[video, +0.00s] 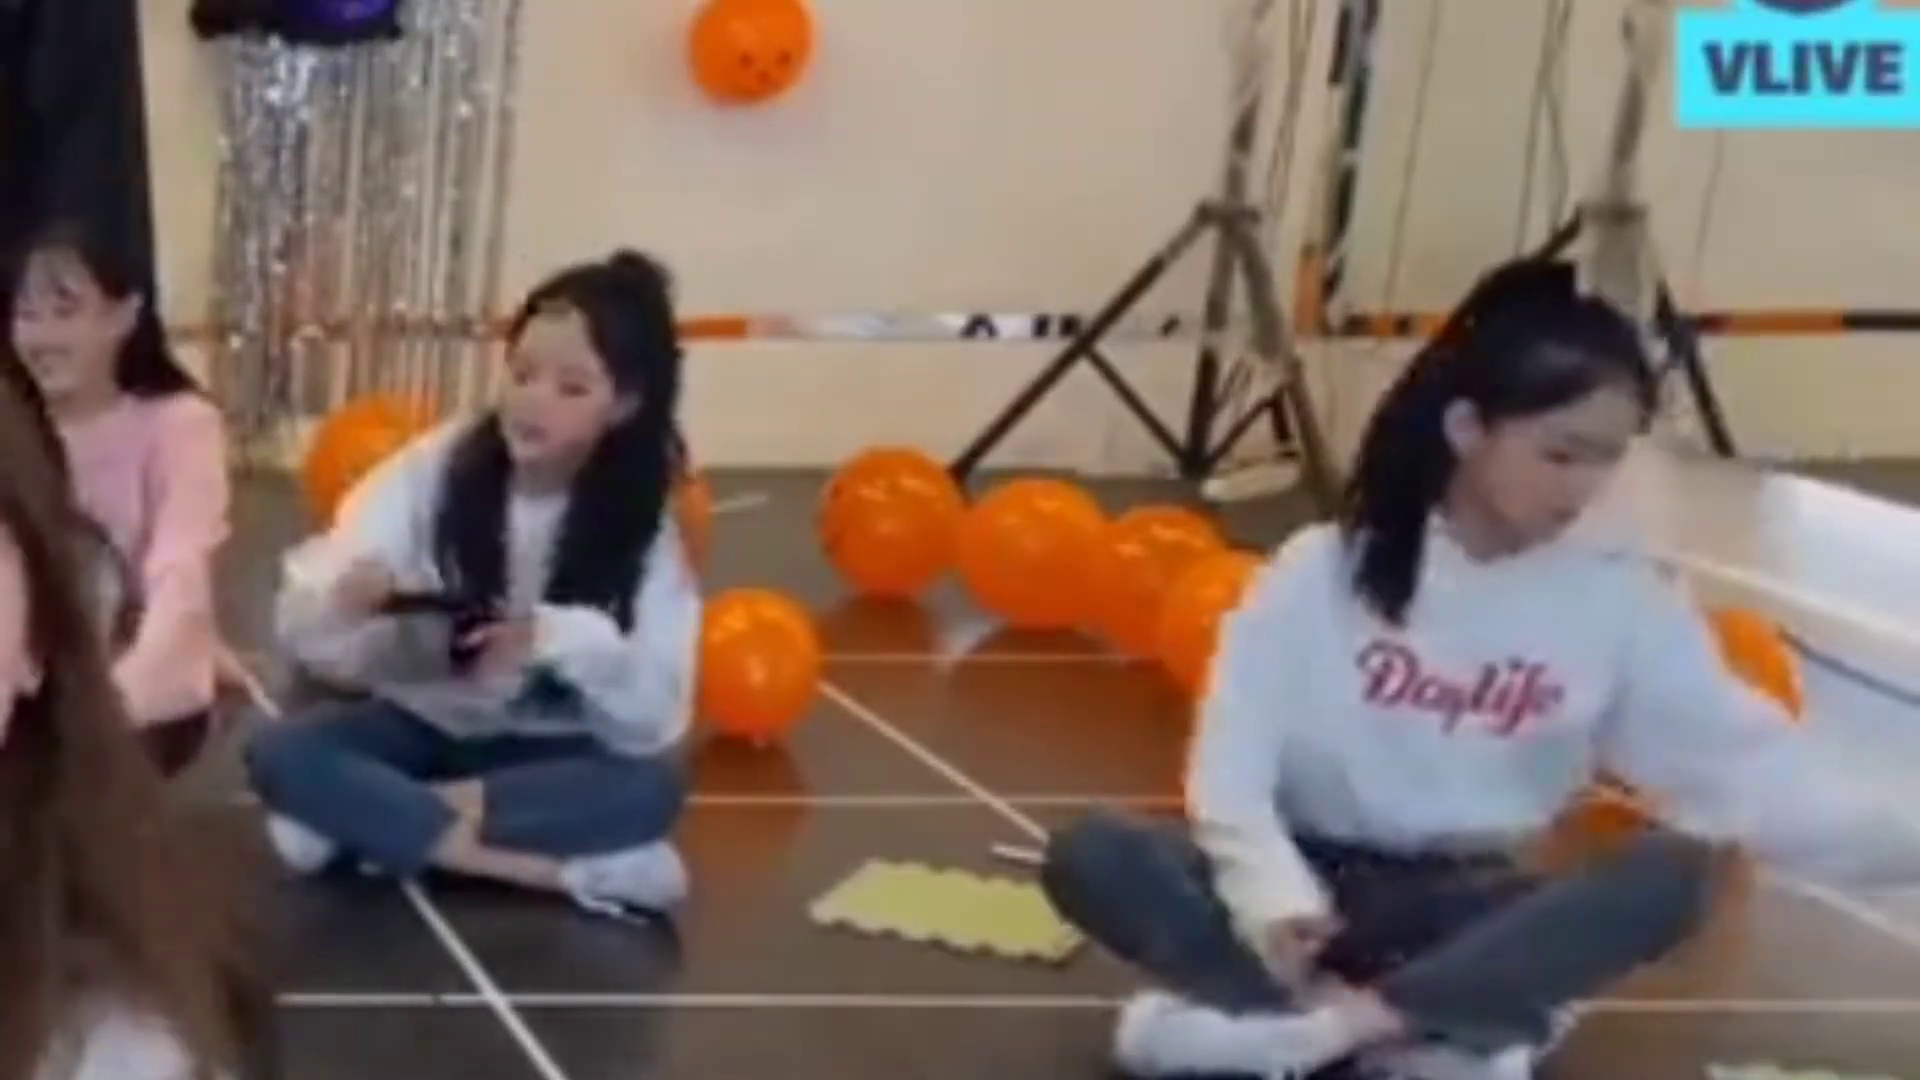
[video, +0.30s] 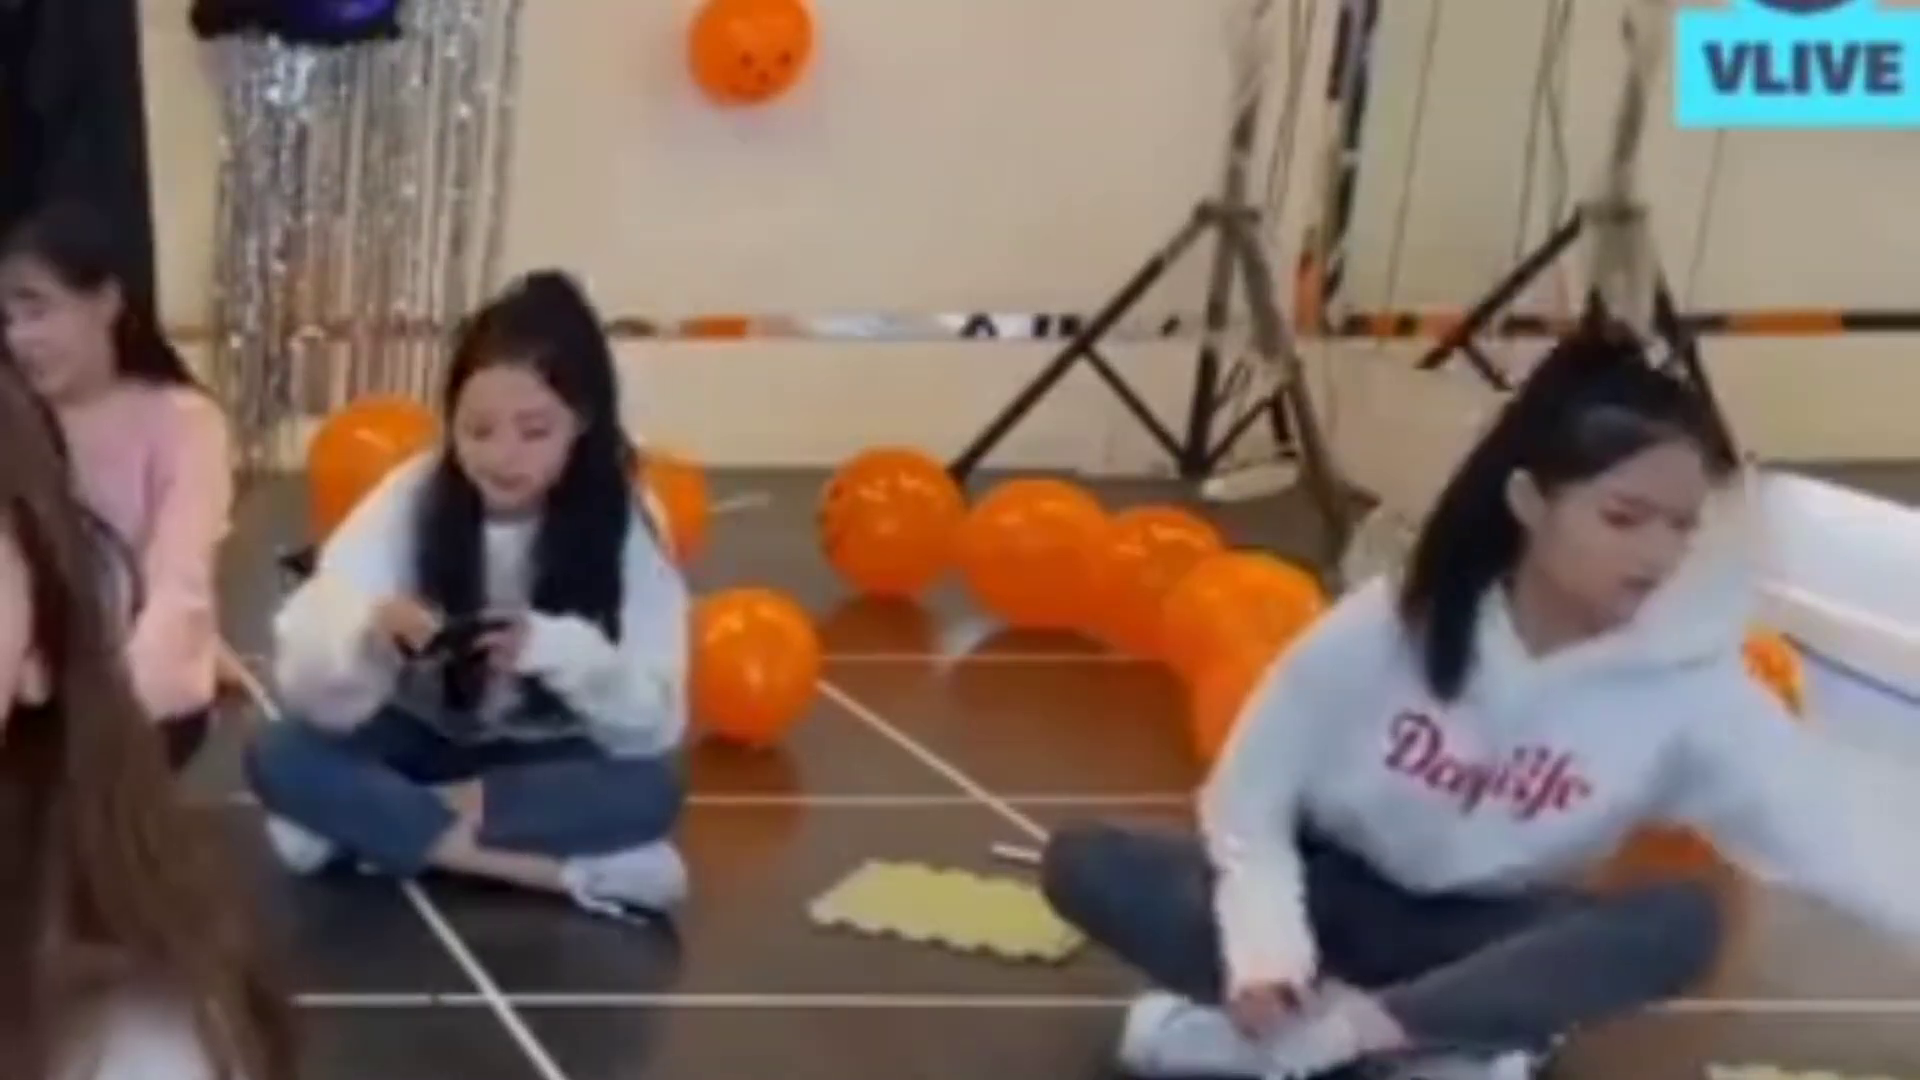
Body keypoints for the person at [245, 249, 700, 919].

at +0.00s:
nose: (531, 407)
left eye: (570, 390)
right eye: (522, 375)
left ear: (627, 406)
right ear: (503, 369)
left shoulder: (636, 521)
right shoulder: (438, 468)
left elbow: (655, 713)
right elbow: (301, 632)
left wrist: (556, 640)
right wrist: (346, 608)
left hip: (549, 738)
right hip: (421, 719)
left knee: (648, 792)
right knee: (283, 754)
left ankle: (369, 833)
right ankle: (555, 876)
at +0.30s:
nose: (502, 460)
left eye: (535, 433)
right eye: (479, 432)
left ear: (583, 426)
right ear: (448, 423)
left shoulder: (621, 525)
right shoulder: (413, 497)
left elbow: (654, 719)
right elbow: (304, 687)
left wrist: (553, 650)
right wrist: (374, 633)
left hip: (550, 744)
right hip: (419, 732)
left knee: (649, 793)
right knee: (279, 756)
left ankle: (374, 835)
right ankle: (552, 877)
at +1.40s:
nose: (481, 479)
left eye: (510, 452)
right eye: (456, 452)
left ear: (558, 439)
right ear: (426, 438)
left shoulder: (604, 515)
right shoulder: (388, 502)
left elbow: (645, 723)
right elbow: (310, 700)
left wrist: (530, 644)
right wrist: (379, 640)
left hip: (546, 743)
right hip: (410, 735)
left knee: (648, 790)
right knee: (277, 758)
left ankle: (365, 837)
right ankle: (548, 877)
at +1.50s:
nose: (482, 480)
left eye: (511, 452)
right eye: (456, 452)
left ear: (558, 439)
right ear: (425, 438)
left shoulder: (604, 515)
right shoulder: (388, 502)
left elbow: (645, 723)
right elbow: (310, 700)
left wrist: (529, 644)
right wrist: (380, 640)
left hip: (546, 742)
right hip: (410, 735)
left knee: (648, 790)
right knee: (277, 758)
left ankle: (366, 837)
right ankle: (548, 876)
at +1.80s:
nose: (481, 480)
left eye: (511, 452)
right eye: (456, 452)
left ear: (558, 439)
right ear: (425, 437)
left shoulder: (604, 516)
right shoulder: (388, 501)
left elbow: (645, 723)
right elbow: (311, 700)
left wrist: (530, 644)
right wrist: (381, 636)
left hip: (545, 742)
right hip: (410, 734)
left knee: (648, 790)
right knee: (276, 756)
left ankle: (366, 837)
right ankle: (549, 877)